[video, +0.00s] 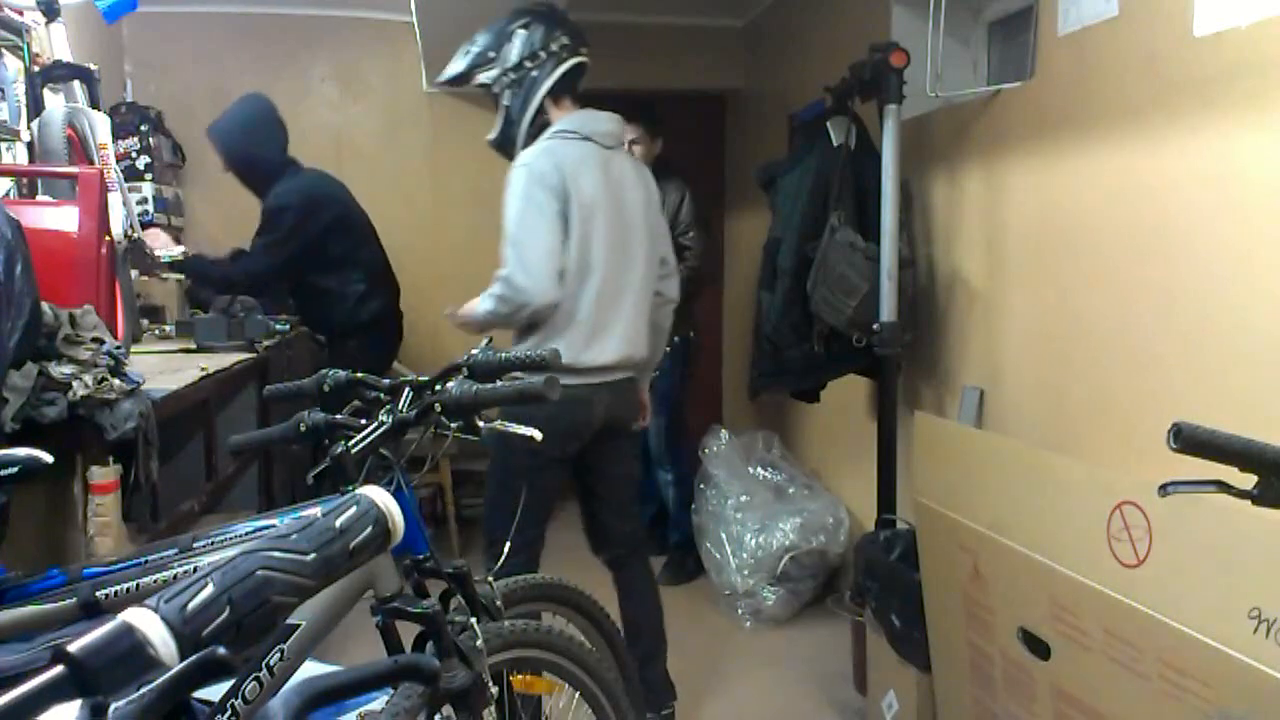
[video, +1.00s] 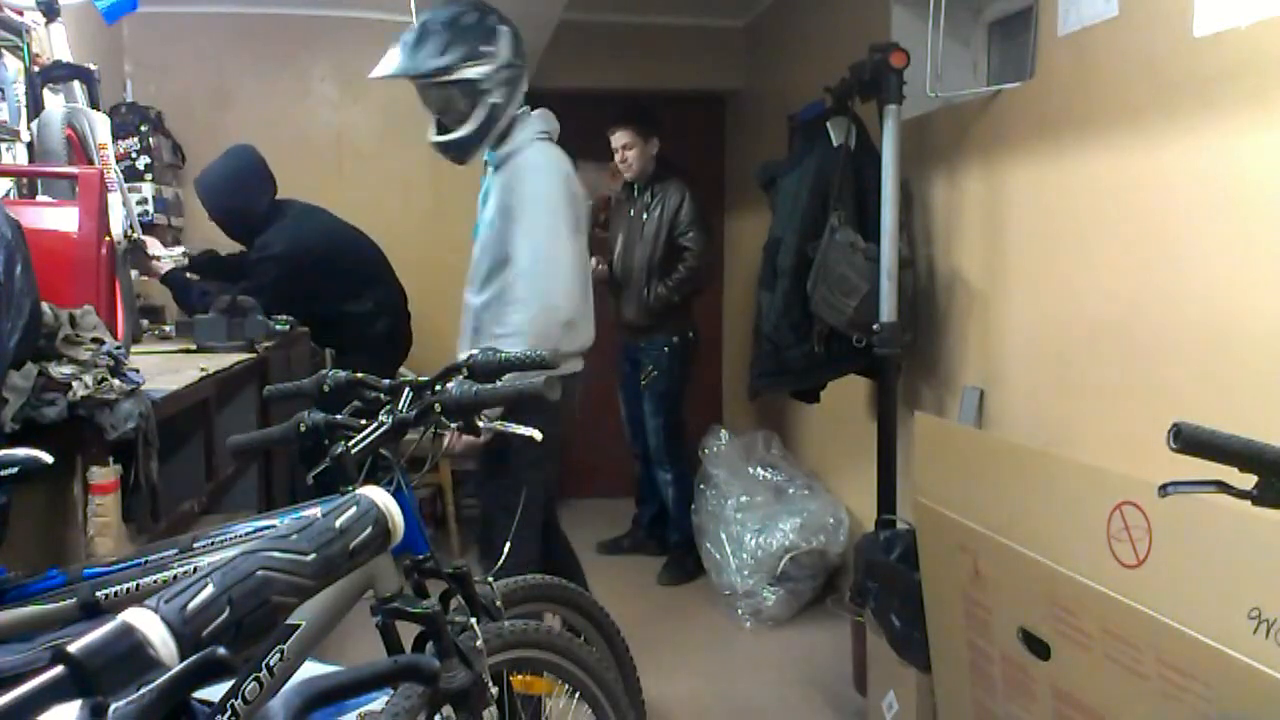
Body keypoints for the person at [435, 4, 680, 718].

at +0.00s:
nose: (497, 110)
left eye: (501, 92)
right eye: (495, 94)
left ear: (532, 84)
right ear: (565, 84)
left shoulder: (540, 164)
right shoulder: (632, 165)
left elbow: (532, 286)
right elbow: (664, 280)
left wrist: (480, 312)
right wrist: (641, 372)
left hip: (546, 396)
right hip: (618, 395)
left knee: (509, 552)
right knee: (626, 548)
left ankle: (502, 692)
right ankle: (651, 695)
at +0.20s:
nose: (460, 106)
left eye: (462, 88)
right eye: (456, 89)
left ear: (491, 77)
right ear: (529, 75)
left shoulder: (500, 165)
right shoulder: (608, 165)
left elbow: (469, 286)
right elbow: (641, 283)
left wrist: (407, 338)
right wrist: (620, 377)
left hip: (513, 391)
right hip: (587, 390)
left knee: (503, 553)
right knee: (593, 539)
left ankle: (504, 698)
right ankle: (644, 690)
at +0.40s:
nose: (431, 104)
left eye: (433, 85)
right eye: (425, 88)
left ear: (465, 73)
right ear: (505, 71)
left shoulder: (474, 166)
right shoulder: (594, 162)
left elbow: (408, 275)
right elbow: (625, 276)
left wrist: (324, 332)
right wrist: (600, 371)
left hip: (503, 391)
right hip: (576, 390)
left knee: (501, 552)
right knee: (573, 534)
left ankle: (506, 699)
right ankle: (622, 688)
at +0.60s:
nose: (421, 110)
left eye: (423, 91)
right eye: (416, 93)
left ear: (454, 78)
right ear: (491, 71)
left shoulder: (465, 167)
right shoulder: (583, 161)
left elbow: (381, 279)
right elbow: (618, 277)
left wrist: (283, 320)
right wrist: (598, 369)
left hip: (500, 394)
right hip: (573, 390)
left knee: (502, 559)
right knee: (560, 532)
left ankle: (511, 697)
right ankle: (616, 674)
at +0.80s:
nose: (423, 113)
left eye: (425, 95)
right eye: (417, 97)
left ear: (460, 82)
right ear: (485, 75)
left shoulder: (482, 165)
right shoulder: (573, 161)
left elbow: (429, 298)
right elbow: (608, 271)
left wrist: (356, 372)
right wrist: (577, 357)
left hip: (500, 392)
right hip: (564, 387)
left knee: (498, 551)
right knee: (545, 526)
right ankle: (608, 669)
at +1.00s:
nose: (441, 118)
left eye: (453, 99)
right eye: (434, 102)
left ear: (495, 85)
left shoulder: (536, 166)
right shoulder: (508, 166)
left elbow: (542, 305)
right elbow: (501, 298)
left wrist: (483, 405)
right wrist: (466, 394)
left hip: (527, 394)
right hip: (506, 394)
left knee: (508, 551)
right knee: (535, 539)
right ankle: (595, 658)